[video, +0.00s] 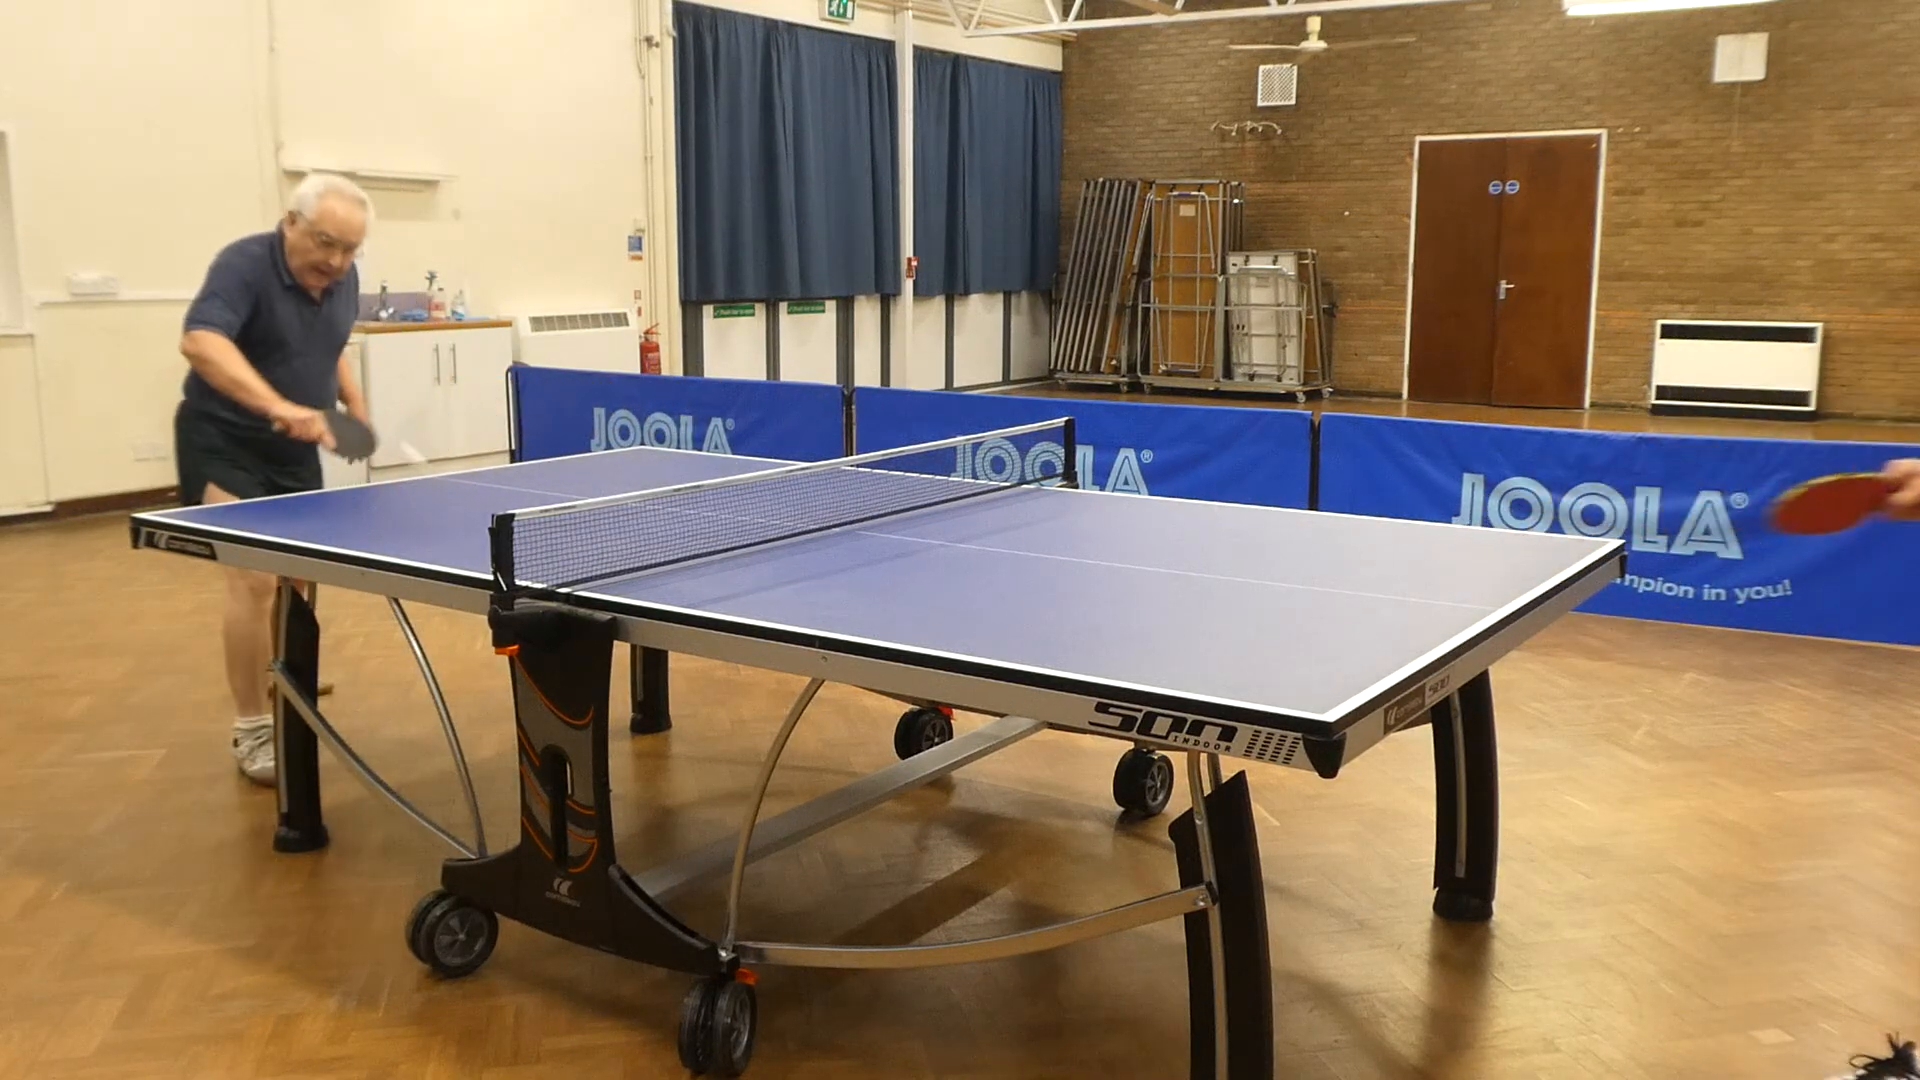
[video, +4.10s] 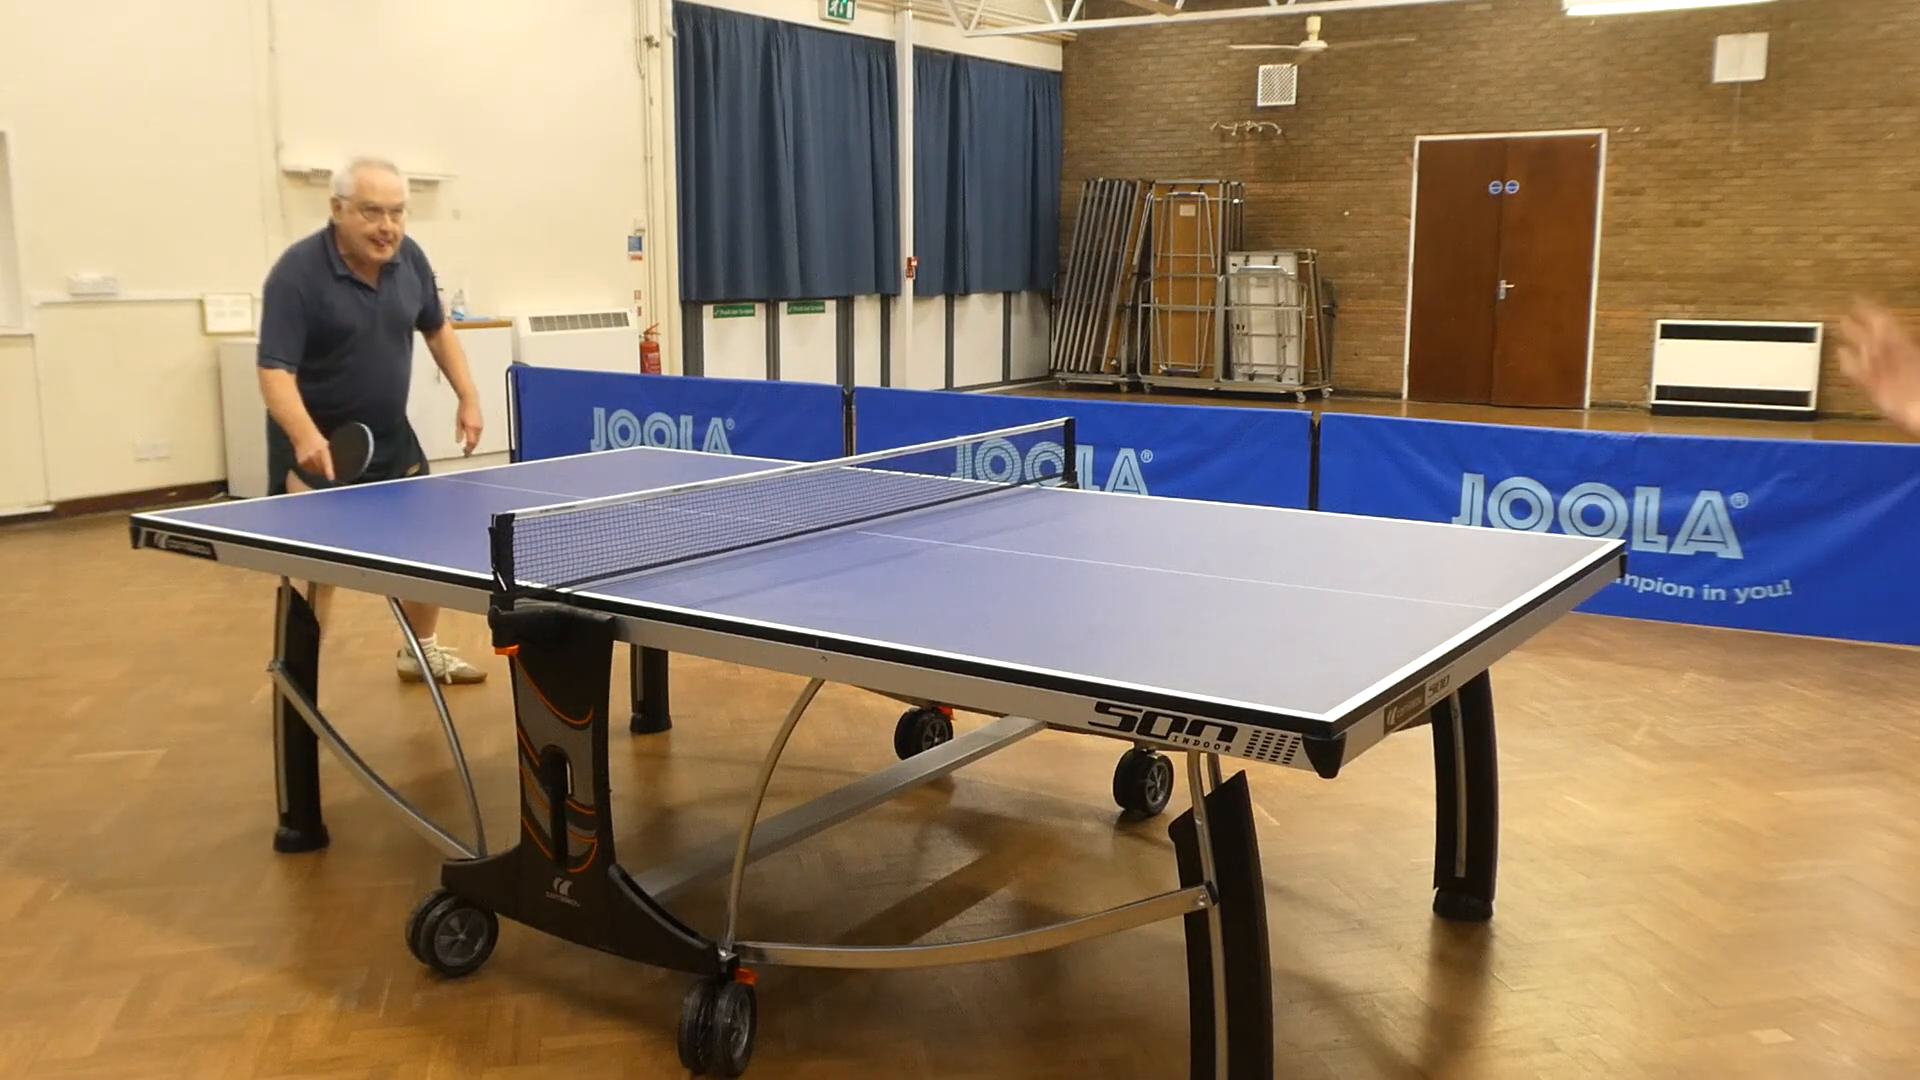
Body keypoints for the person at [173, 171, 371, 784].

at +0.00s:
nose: (337, 261)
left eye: (350, 249)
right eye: (325, 244)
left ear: (360, 243)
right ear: (290, 226)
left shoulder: (345, 278)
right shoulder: (246, 263)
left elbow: (333, 349)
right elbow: (200, 341)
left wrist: (357, 409)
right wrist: (278, 406)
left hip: (295, 446)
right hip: (224, 439)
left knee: (300, 573)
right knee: (254, 577)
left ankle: (288, 692)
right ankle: (252, 728)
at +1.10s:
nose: (312, 238)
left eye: (324, 224)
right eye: (296, 222)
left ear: (336, 223)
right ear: (264, 218)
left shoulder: (335, 273)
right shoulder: (227, 269)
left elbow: (344, 352)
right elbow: (187, 354)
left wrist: (357, 409)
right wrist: (223, 409)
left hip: (304, 452)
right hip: (236, 453)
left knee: (304, 573)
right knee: (259, 578)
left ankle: (242, 662)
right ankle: (264, 721)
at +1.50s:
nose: (283, 233)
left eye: (298, 218)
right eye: (268, 216)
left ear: (320, 213)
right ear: (248, 210)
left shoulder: (345, 249)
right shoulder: (232, 265)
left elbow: (368, 307)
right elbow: (251, 346)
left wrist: (375, 355)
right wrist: (283, 382)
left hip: (326, 433)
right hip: (253, 436)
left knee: (345, 561)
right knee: (278, 574)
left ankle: (269, 632)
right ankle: (270, 717)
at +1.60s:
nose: (301, 214)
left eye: (314, 199)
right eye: (284, 200)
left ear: (330, 195)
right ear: (257, 199)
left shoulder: (346, 242)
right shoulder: (244, 258)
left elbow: (367, 306)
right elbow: (268, 323)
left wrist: (387, 344)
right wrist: (310, 349)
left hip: (335, 436)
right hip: (262, 441)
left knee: (370, 560)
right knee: (284, 573)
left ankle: (311, 635)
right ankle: (273, 716)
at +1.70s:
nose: (325, 203)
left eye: (336, 189)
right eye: (308, 190)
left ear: (349, 188)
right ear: (276, 191)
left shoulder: (359, 238)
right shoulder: (256, 253)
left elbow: (376, 313)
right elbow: (281, 327)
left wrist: (410, 361)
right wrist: (322, 362)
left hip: (348, 432)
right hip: (273, 438)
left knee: (387, 544)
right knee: (287, 571)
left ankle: (374, 660)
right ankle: (273, 717)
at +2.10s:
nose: (336, 182)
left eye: (348, 169)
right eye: (319, 171)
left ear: (363, 170)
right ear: (293, 176)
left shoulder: (391, 231)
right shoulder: (267, 252)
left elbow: (424, 306)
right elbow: (249, 344)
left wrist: (451, 380)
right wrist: (250, 414)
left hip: (384, 430)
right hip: (299, 436)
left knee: (402, 558)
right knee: (297, 571)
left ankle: (406, 672)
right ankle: (287, 710)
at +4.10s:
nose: (386, 227)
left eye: (396, 212)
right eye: (371, 213)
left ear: (406, 212)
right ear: (337, 210)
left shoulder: (408, 258)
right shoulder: (297, 274)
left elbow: (437, 328)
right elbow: (274, 371)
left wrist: (468, 396)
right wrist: (306, 436)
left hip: (389, 434)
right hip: (315, 445)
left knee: (425, 533)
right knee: (315, 564)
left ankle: (420, 647)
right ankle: (296, 676)